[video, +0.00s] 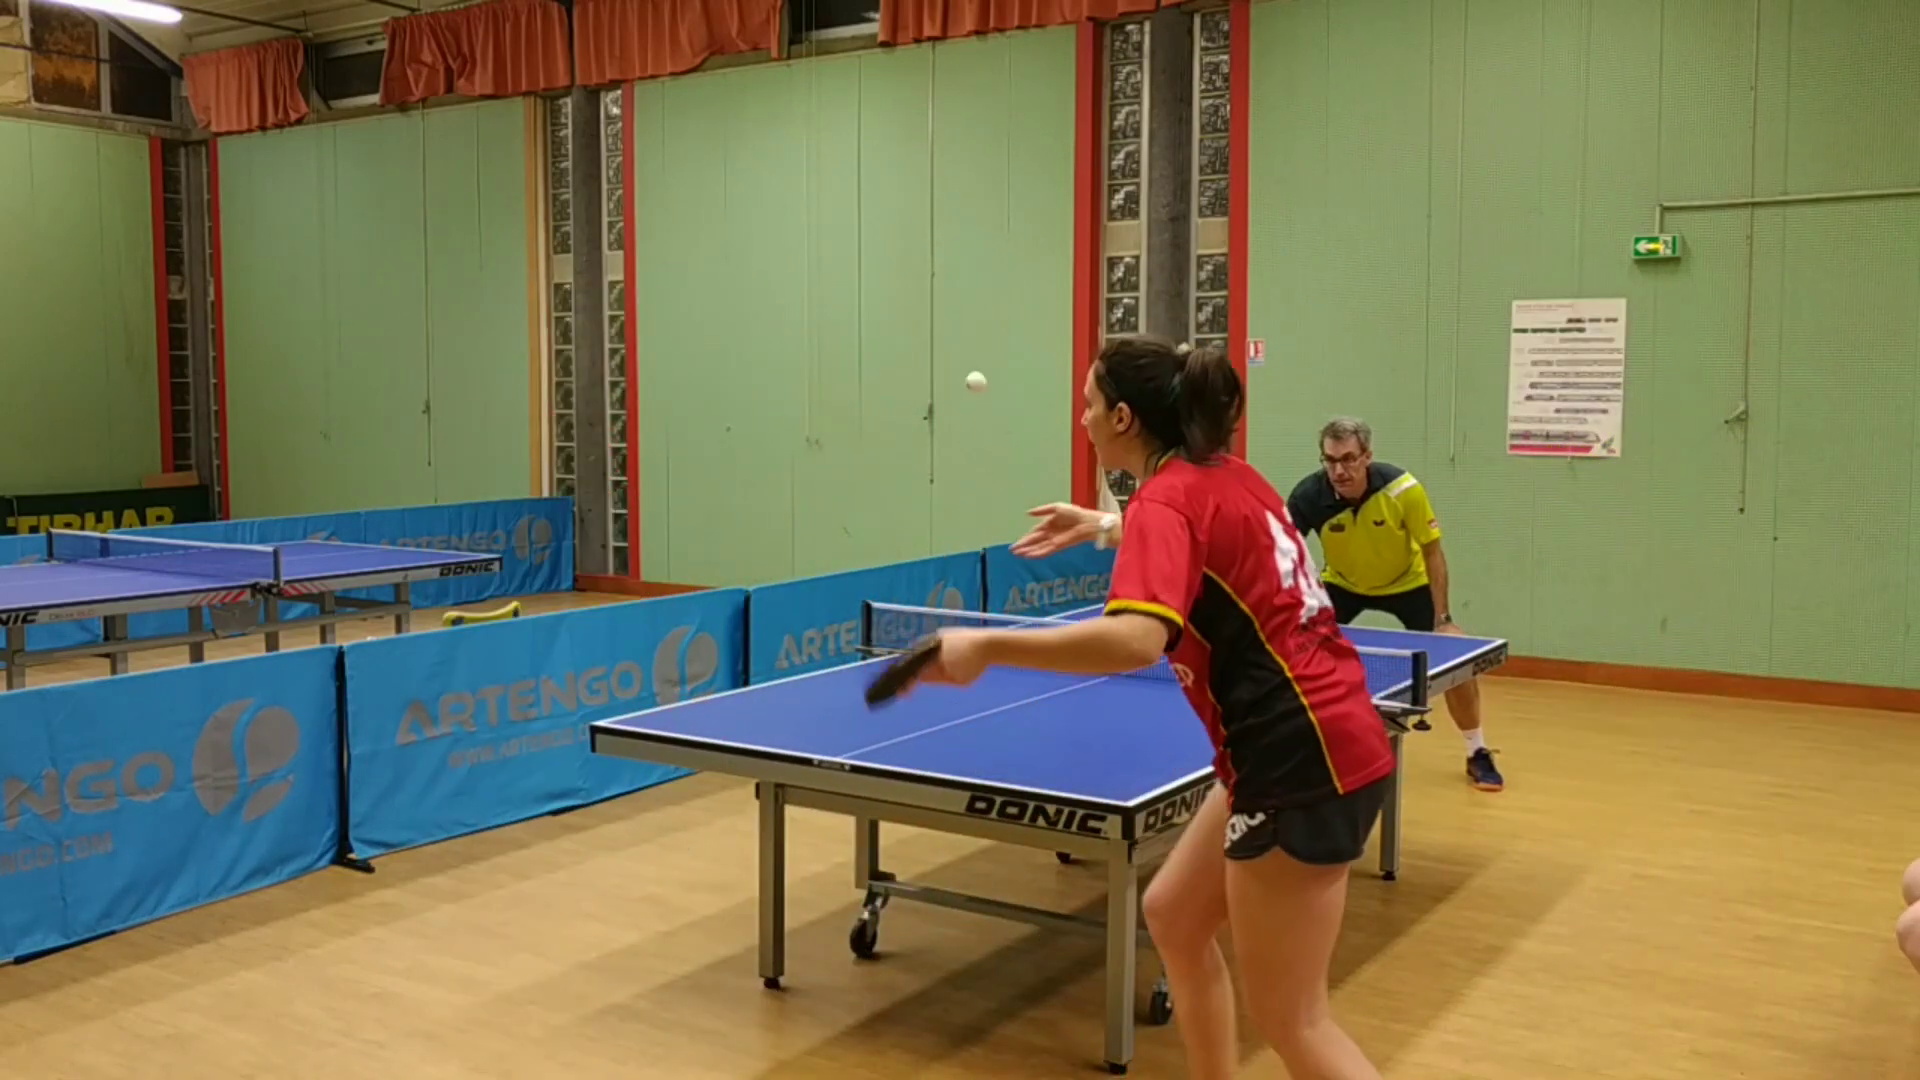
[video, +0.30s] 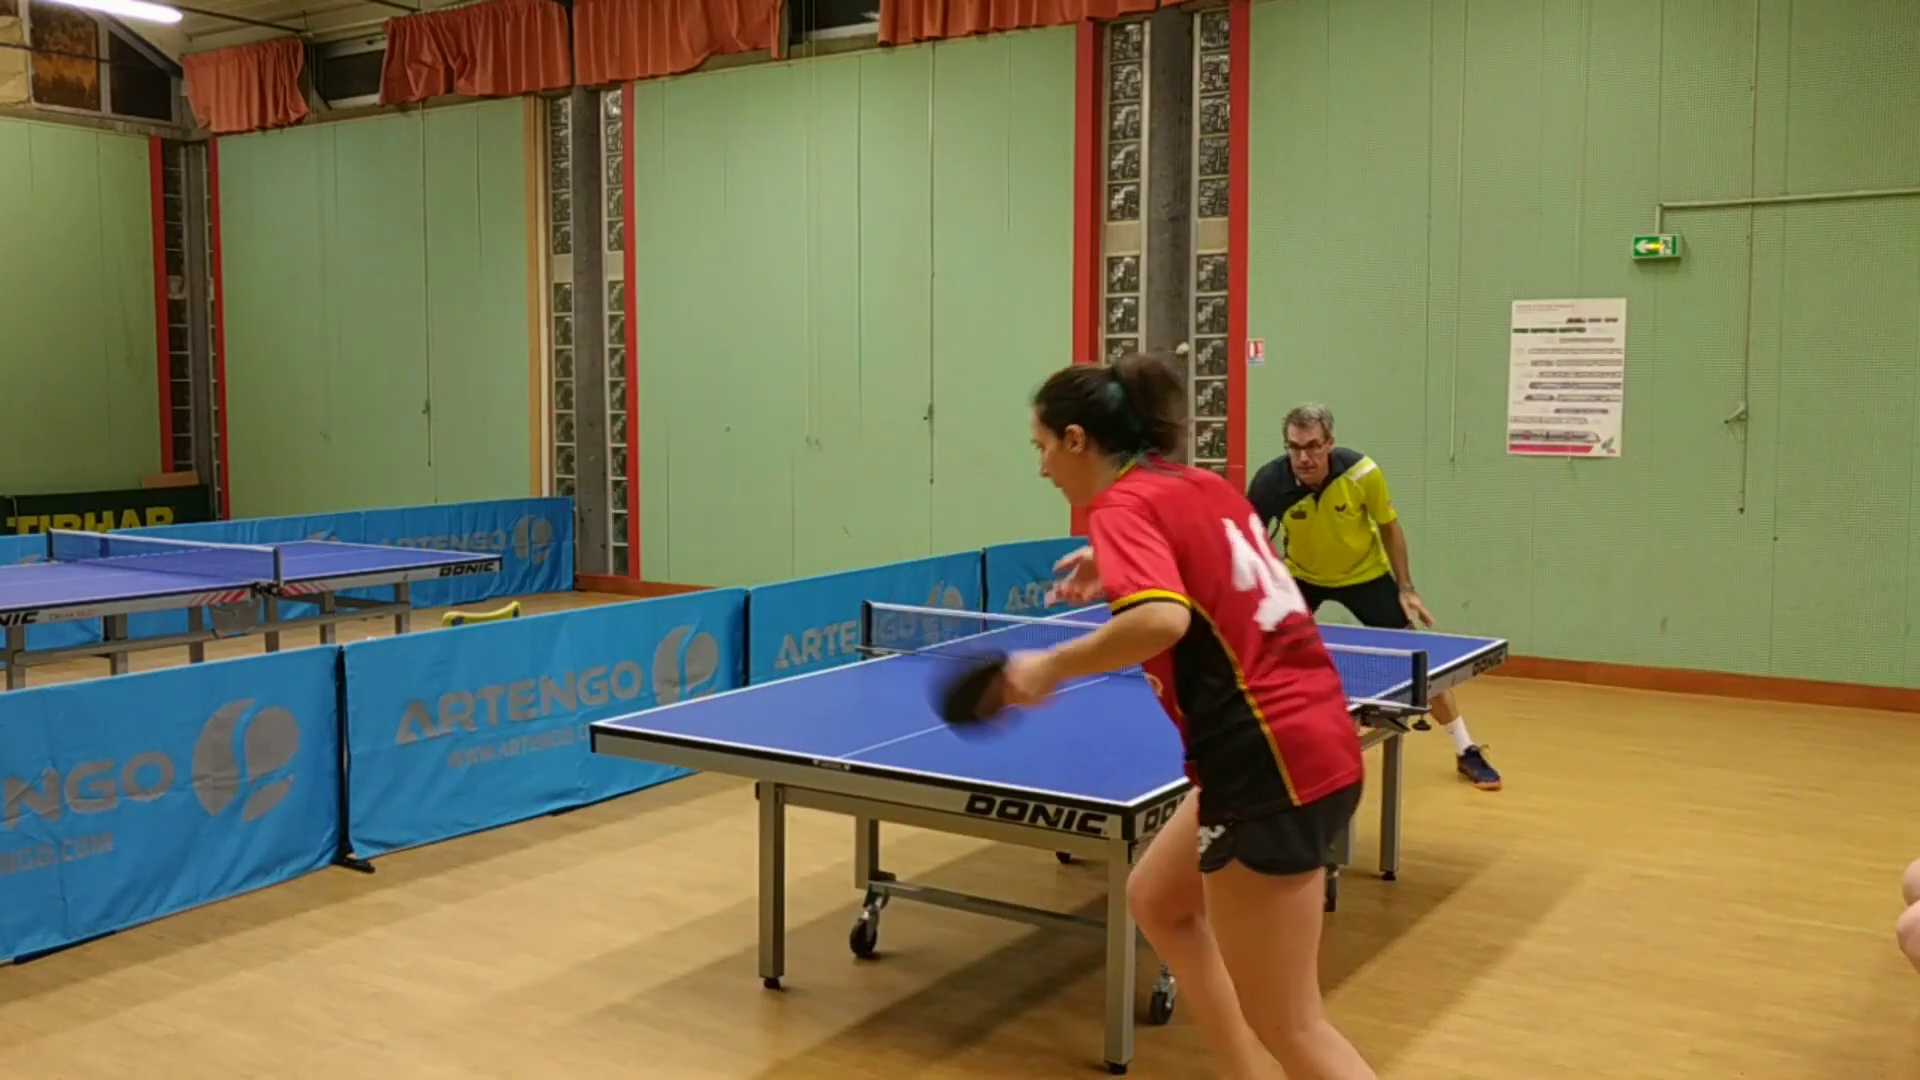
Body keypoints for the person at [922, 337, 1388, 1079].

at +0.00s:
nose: (1084, 416)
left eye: (1089, 403)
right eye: (1086, 401)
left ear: (1119, 418)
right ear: (1164, 417)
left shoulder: (1167, 499)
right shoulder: (1236, 476)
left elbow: (1137, 637)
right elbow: (1213, 552)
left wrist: (988, 645)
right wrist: (1108, 523)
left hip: (1305, 764)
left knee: (1292, 1020)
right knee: (1175, 912)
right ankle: (1218, 1072)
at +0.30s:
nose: (1041, 465)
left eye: (1043, 446)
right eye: (1039, 448)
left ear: (1077, 441)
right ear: (1112, 434)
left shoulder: (1118, 507)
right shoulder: (1206, 486)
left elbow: (1160, 617)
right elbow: (1238, 570)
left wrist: (1052, 665)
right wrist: (1126, 563)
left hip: (1273, 769)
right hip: (1317, 738)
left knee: (1288, 1026)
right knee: (1159, 899)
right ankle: (1244, 1067)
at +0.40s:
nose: (1028, 457)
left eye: (1026, 442)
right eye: (1025, 443)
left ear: (1043, 440)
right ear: (1119, 428)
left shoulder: (1074, 506)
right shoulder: (1183, 485)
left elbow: (1088, 636)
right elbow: (1234, 601)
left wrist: (1081, 707)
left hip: (1228, 775)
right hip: (1284, 753)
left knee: (1266, 1021)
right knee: (1162, 923)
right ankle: (1189, 1073)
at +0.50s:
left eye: (1037, 410)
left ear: (1039, 418)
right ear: (1117, 409)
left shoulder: (1034, 498)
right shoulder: (1159, 476)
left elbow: (1005, 621)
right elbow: (1197, 596)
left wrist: (988, 741)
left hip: (1170, 768)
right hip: (1243, 746)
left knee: (1175, 1006)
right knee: (1172, 985)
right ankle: (1176, 1067)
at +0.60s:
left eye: (1016, 391)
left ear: (1015, 402)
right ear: (1089, 396)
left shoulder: (1003, 483)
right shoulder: (1136, 468)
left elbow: (934, 598)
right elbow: (1156, 596)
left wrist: (854, 710)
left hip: (1112, 750)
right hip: (1199, 734)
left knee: (1059, 956)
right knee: (1138, 941)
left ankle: (1196, 1068)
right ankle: (1170, 1071)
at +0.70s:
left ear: (982, 396)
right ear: (1060, 393)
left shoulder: (965, 475)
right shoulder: (1101, 463)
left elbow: (866, 581)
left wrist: (747, 663)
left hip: (1058, 738)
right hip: (1152, 728)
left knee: (957, 923)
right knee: (1125, 939)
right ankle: (1172, 1072)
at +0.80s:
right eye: (1007, 387)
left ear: (937, 402)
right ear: (1013, 398)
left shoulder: (915, 482)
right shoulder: (1059, 473)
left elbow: (816, 586)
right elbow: (1093, 521)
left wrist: (690, 636)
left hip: (991, 747)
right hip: (1097, 739)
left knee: (868, 931)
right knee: (1099, 948)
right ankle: (1161, 1073)